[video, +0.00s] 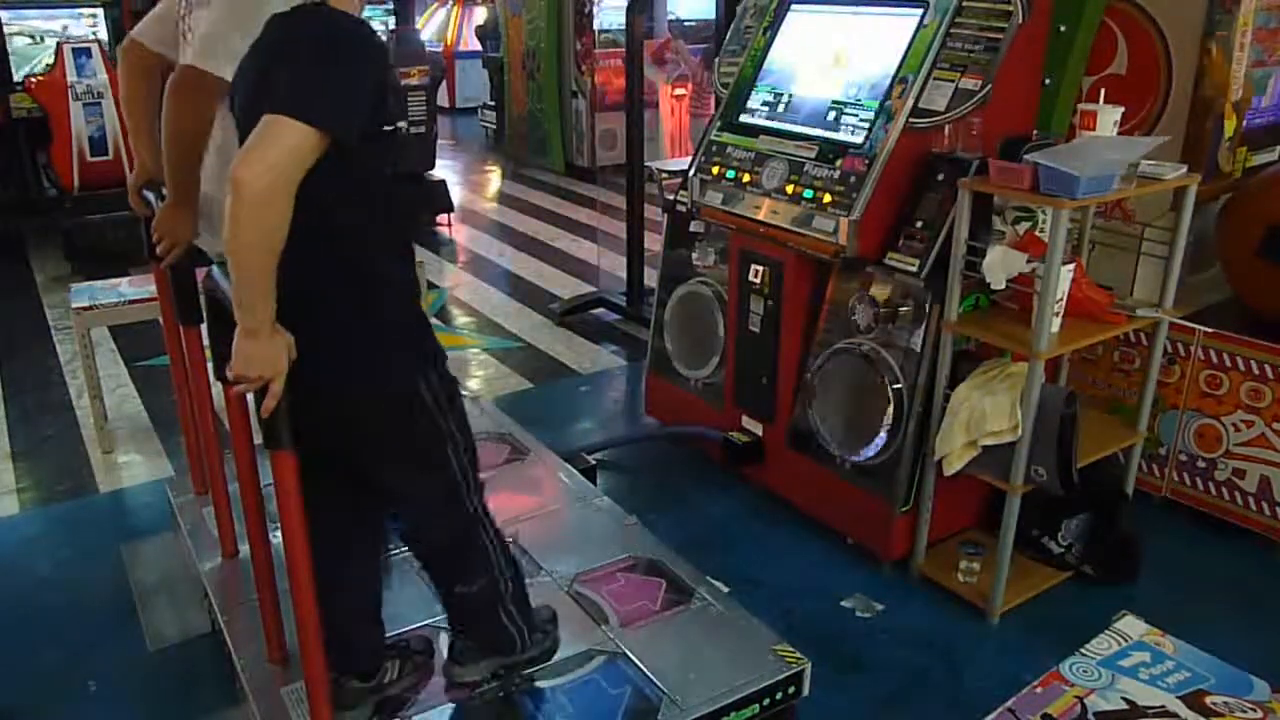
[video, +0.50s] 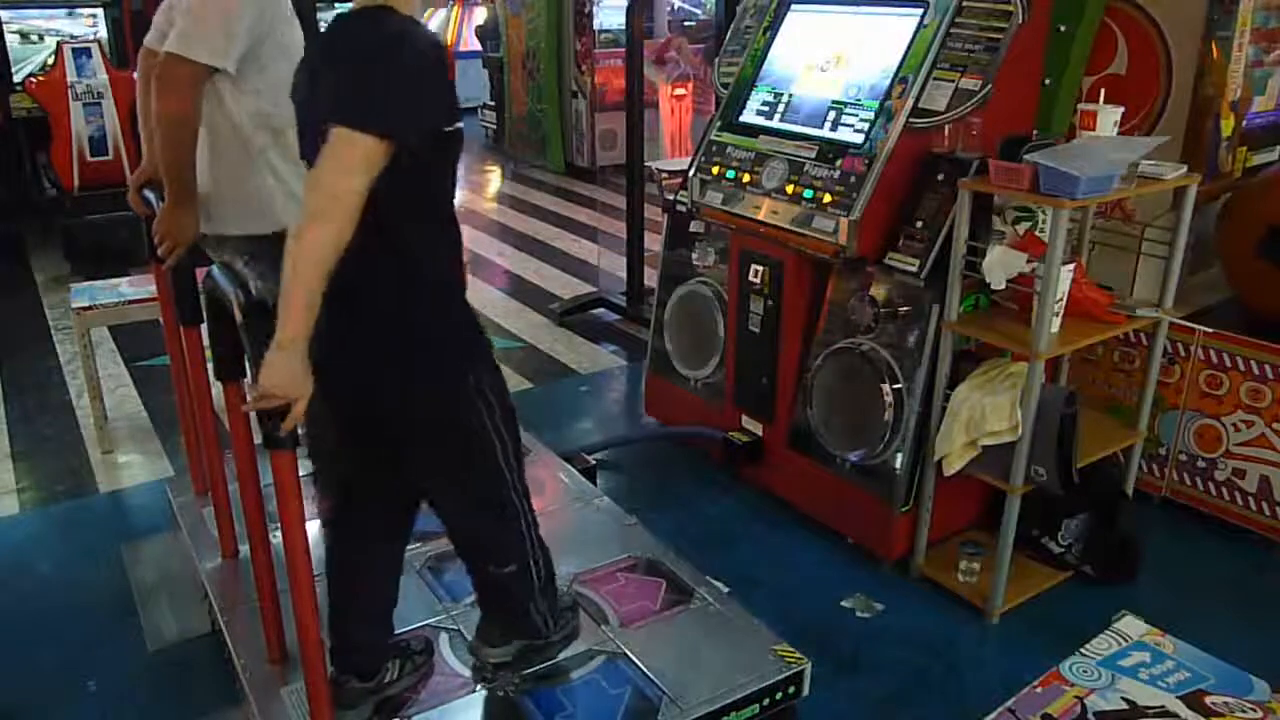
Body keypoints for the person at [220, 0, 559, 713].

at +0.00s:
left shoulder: (274, 46)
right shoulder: (341, 40)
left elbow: (310, 189)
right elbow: (255, 178)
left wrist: (403, 201)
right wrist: (256, 323)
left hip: (308, 334)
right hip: (371, 336)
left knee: (339, 511)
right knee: (442, 494)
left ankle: (355, 666)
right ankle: (498, 635)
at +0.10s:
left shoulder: (286, 42)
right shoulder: (346, 39)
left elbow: (323, 186)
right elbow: (266, 174)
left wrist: (408, 200)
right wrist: (264, 322)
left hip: (312, 331)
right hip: (374, 332)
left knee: (340, 502)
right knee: (453, 475)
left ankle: (356, 662)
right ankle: (503, 631)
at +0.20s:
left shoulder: (297, 42)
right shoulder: (354, 39)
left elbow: (320, 187)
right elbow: (267, 175)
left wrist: (408, 202)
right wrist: (264, 323)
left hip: (319, 338)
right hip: (386, 340)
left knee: (344, 511)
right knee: (474, 479)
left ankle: (354, 668)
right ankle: (507, 629)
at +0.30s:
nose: (425, 4)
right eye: (419, 5)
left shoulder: (308, 43)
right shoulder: (366, 39)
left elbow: (328, 189)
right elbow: (281, 179)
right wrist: (265, 324)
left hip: (330, 326)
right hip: (392, 327)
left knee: (348, 501)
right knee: (473, 470)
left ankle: (357, 663)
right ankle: (520, 616)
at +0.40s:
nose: (436, 0)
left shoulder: (316, 49)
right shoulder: (380, 47)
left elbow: (323, 200)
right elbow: (304, 194)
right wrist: (275, 332)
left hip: (339, 336)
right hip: (406, 336)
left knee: (355, 510)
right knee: (477, 481)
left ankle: (357, 663)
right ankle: (525, 619)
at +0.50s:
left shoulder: (324, 51)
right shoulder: (400, 48)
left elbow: (335, 208)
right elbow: (325, 208)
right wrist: (289, 343)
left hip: (347, 333)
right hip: (421, 334)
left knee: (365, 508)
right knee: (487, 484)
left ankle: (361, 662)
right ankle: (524, 625)